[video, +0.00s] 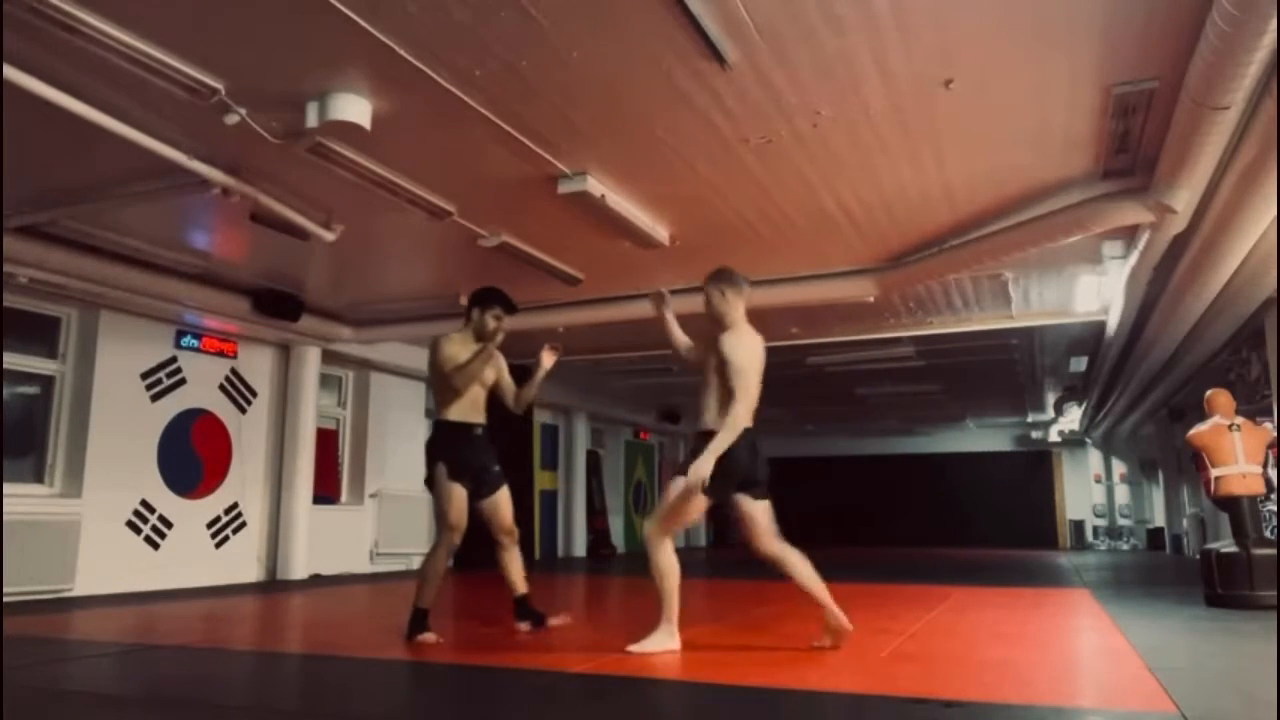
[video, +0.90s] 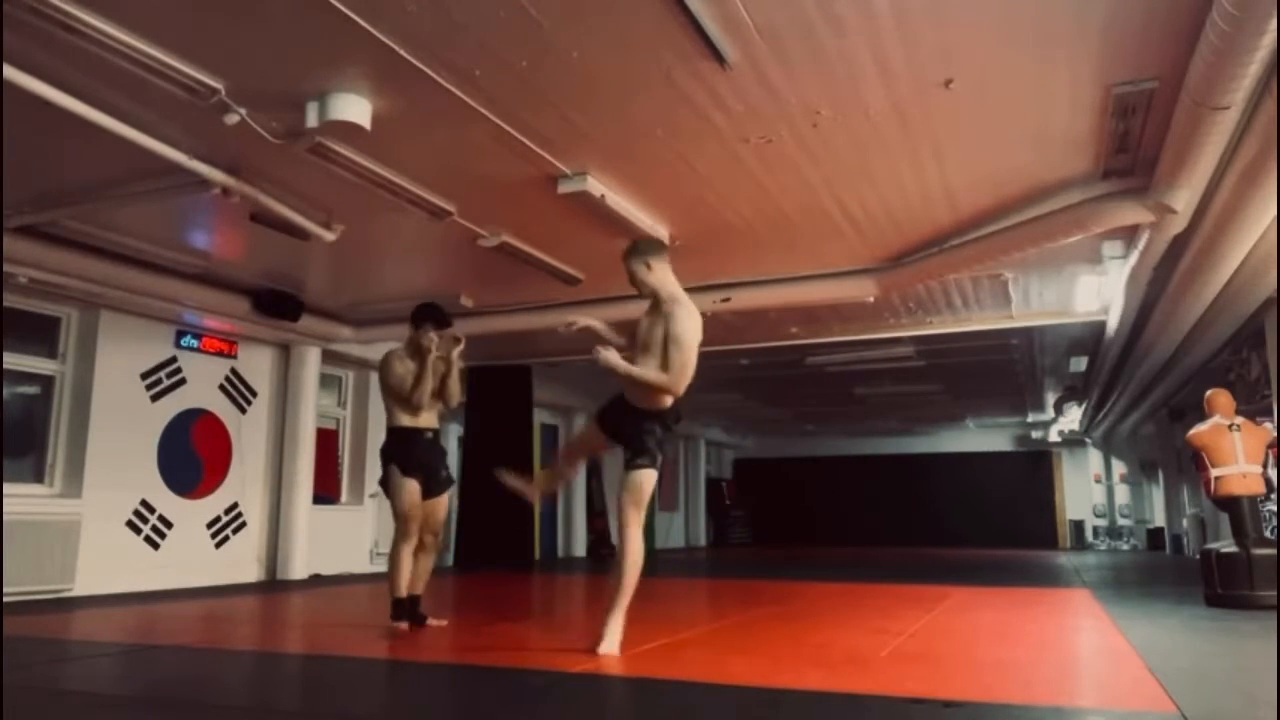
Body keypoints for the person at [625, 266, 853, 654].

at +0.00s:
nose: (708, 308)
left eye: (711, 300)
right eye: (707, 301)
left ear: (728, 296)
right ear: (736, 296)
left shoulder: (735, 340)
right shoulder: (739, 338)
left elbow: (742, 411)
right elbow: (690, 352)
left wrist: (706, 457)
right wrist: (667, 315)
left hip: (719, 449)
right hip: (744, 450)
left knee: (657, 532)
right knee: (768, 542)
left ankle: (667, 631)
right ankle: (834, 614)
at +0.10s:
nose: (694, 298)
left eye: (697, 290)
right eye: (693, 290)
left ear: (718, 286)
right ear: (717, 286)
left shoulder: (731, 333)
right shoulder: (709, 327)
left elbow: (746, 400)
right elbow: (662, 320)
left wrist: (703, 431)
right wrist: (630, 293)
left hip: (702, 447)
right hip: (690, 440)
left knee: (652, 533)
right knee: (690, 528)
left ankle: (667, 631)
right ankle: (761, 572)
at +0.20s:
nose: (685, 286)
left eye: (688, 279)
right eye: (685, 280)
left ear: (705, 275)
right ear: (711, 274)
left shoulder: (734, 324)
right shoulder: (695, 309)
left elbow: (732, 393)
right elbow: (653, 310)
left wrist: (685, 401)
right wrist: (614, 296)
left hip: (690, 423)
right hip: (660, 411)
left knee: (655, 522)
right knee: (603, 454)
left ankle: (665, 625)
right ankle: (652, 516)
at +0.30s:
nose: (681, 287)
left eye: (684, 279)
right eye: (680, 279)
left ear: (704, 273)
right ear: (708, 271)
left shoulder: (735, 324)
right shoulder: (685, 305)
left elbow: (726, 387)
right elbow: (649, 311)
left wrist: (674, 379)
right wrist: (612, 316)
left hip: (670, 421)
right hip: (635, 397)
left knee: (654, 513)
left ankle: (637, 612)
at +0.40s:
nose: (682, 304)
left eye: (687, 297)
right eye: (680, 296)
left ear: (711, 289)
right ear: (684, 291)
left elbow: (729, 397)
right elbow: (642, 328)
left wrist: (671, 372)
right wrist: (611, 339)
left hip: (646, 433)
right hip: (616, 394)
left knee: (636, 525)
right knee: (530, 397)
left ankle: (604, 615)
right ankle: (494, 385)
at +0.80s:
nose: (644, 298)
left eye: (648, 289)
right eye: (643, 290)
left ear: (670, 283)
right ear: (662, 285)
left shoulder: (701, 341)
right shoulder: (651, 314)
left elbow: (678, 401)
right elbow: (618, 335)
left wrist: (626, 369)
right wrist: (575, 322)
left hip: (641, 434)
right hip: (610, 403)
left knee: (618, 528)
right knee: (554, 422)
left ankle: (599, 622)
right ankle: (502, 435)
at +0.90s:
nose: (635, 286)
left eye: (636, 277)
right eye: (633, 279)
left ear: (653, 266)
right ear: (650, 267)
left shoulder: (684, 316)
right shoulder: (659, 307)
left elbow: (675, 384)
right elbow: (637, 351)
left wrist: (620, 366)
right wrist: (598, 328)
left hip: (652, 421)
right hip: (625, 405)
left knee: (631, 520)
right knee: (575, 449)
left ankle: (616, 622)